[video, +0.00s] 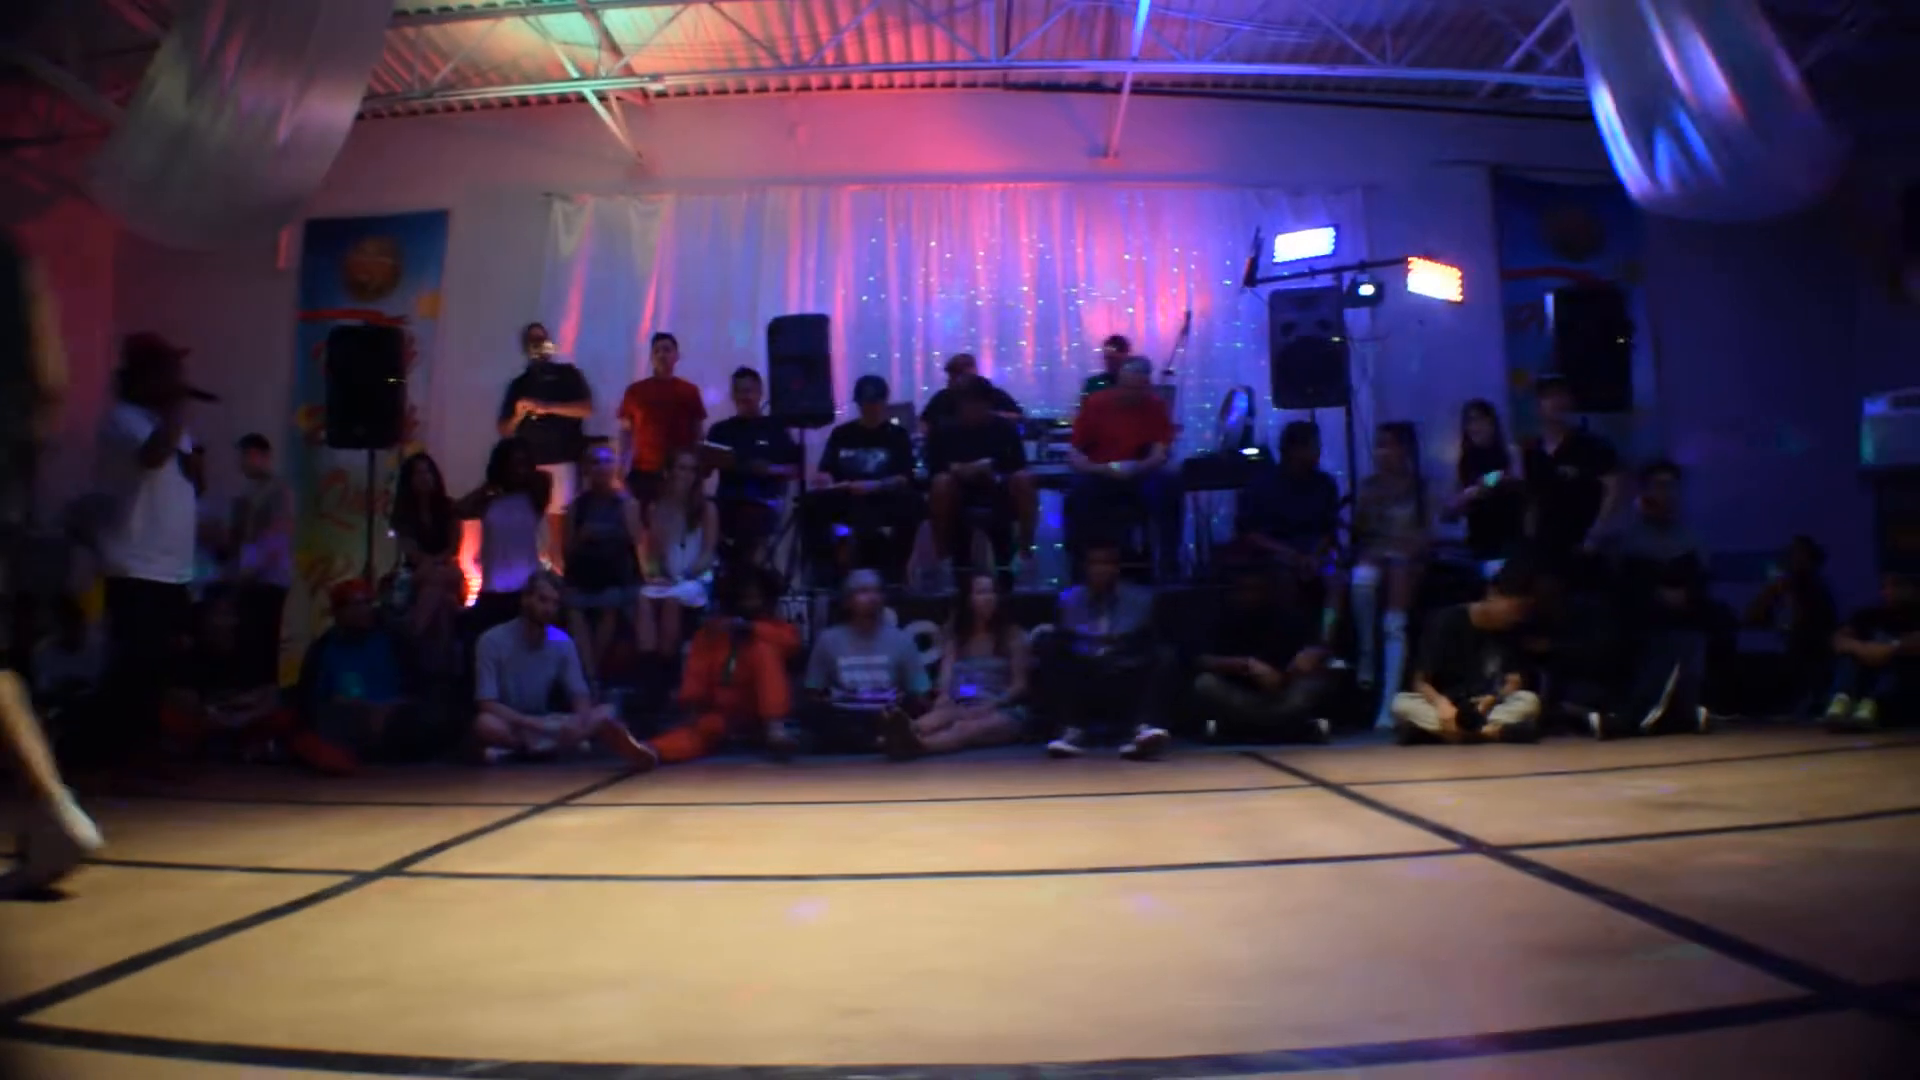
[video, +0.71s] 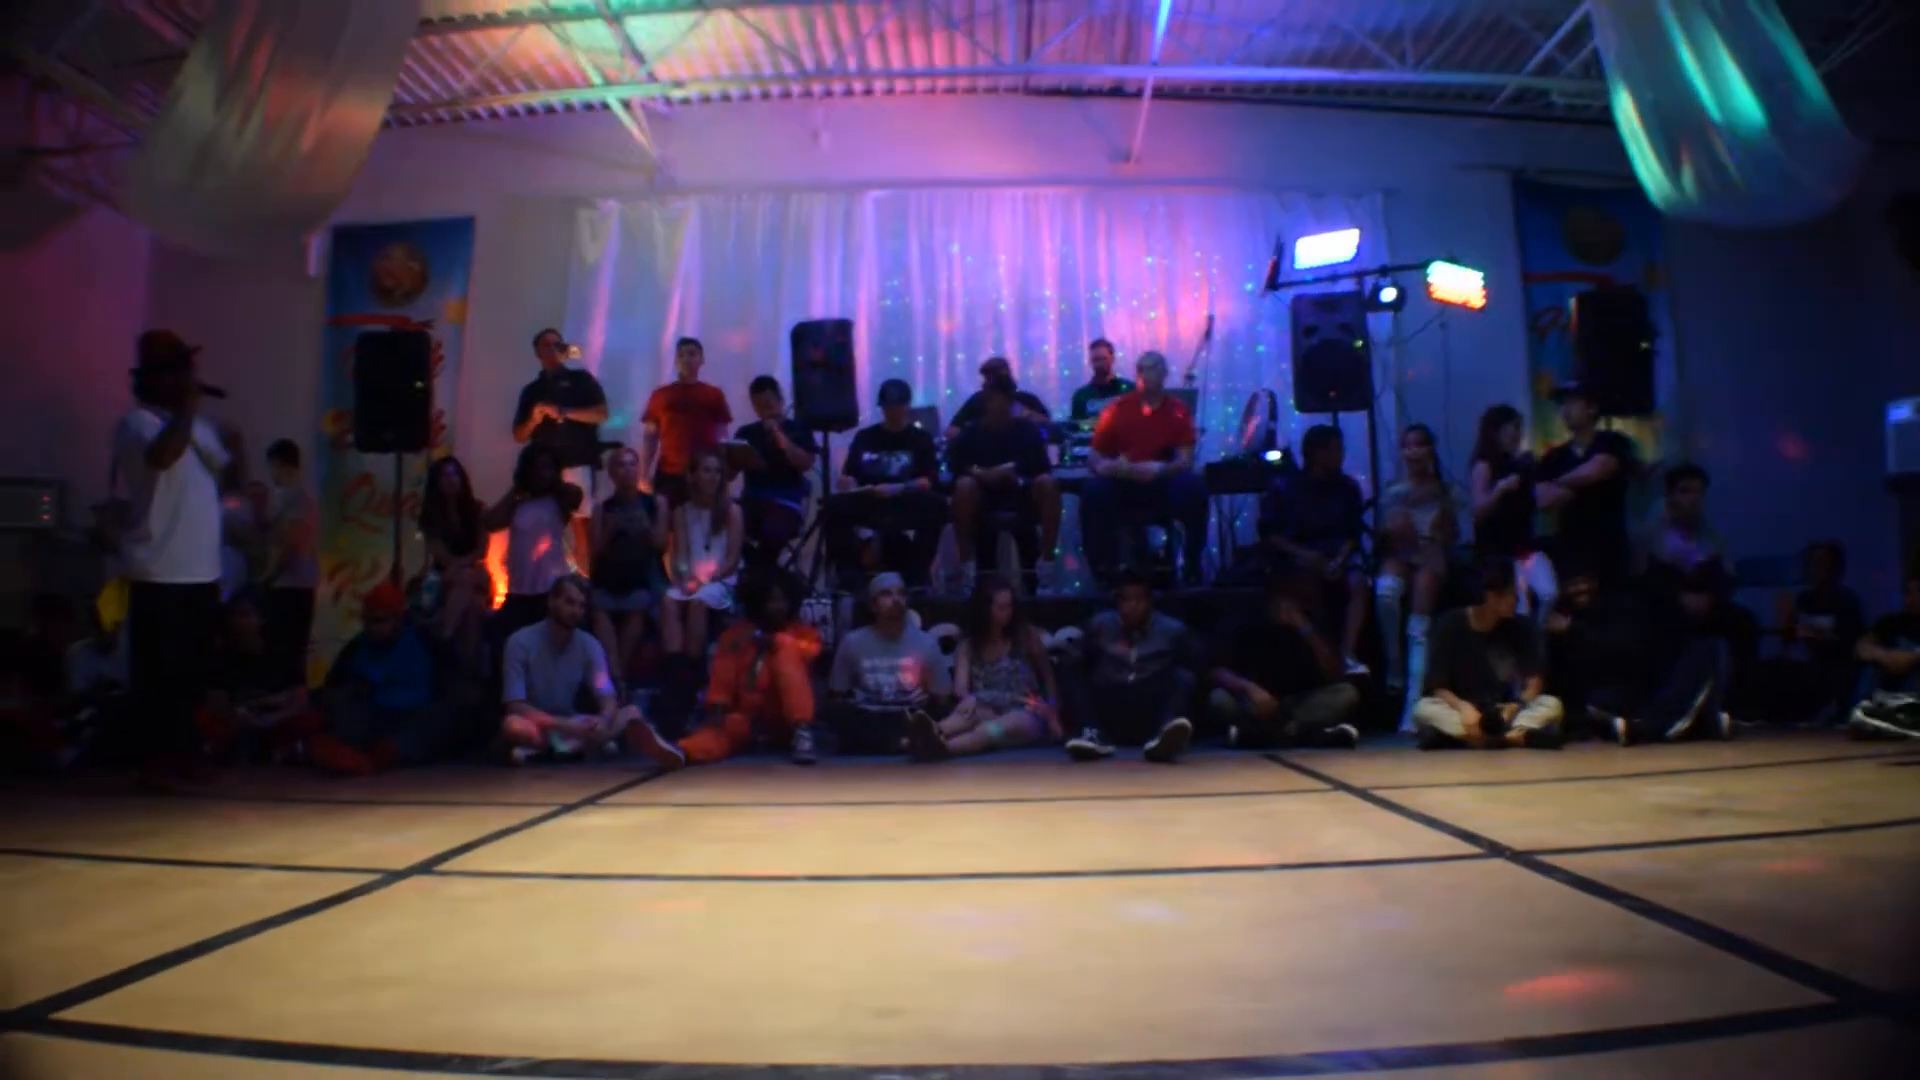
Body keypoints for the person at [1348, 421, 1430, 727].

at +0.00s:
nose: (1382, 454)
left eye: (1388, 447)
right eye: (1379, 447)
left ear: (1405, 451)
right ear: (1374, 451)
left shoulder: (1418, 487)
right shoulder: (1367, 487)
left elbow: (1428, 531)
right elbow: (1359, 529)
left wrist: (1408, 546)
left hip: (1405, 552)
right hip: (1373, 551)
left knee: (1394, 623)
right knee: (1362, 580)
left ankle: (1390, 705)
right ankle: (1365, 658)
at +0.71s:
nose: (1413, 452)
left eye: (1419, 445)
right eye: (1407, 446)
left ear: (1431, 450)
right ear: (1401, 452)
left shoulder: (1449, 491)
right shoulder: (1392, 492)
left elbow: (1457, 535)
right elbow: (1384, 534)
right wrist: (1396, 533)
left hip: (1431, 556)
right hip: (1398, 554)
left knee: (1418, 628)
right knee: (1386, 593)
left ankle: (1415, 702)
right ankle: (1393, 664)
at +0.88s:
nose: (1412, 449)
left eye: (1418, 443)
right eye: (1406, 444)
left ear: (1428, 448)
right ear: (1399, 450)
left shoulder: (1440, 487)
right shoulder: (1388, 488)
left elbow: (1447, 532)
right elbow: (1381, 530)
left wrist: (1437, 507)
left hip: (1426, 549)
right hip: (1394, 550)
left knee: (1415, 626)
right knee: (1382, 589)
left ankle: (1411, 707)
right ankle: (1389, 666)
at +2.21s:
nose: (1398, 454)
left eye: (1404, 448)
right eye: (1392, 449)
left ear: (1415, 453)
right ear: (1386, 455)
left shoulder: (1433, 489)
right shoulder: (1379, 492)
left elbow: (1444, 532)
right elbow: (1375, 532)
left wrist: (1418, 549)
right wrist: (1393, 543)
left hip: (1422, 557)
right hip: (1390, 556)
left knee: (1411, 629)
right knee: (1378, 597)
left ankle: (1408, 700)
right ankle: (1385, 668)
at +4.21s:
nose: (1399, 451)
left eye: (1405, 445)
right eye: (1393, 446)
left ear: (1415, 451)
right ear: (1386, 453)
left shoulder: (1430, 489)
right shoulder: (1377, 492)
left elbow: (1437, 531)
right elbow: (1373, 533)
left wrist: (1412, 546)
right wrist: (1387, 548)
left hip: (1420, 558)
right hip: (1388, 558)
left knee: (1412, 627)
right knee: (1379, 596)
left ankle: (1408, 697)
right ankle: (1386, 671)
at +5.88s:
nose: (1403, 451)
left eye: (1408, 445)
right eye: (1396, 446)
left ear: (1417, 451)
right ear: (1387, 453)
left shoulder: (1431, 489)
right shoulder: (1377, 492)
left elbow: (1439, 526)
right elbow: (1372, 532)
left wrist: (1418, 542)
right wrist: (1387, 547)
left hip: (1420, 554)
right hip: (1387, 554)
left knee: (1412, 628)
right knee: (1377, 596)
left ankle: (1408, 703)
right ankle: (1384, 671)